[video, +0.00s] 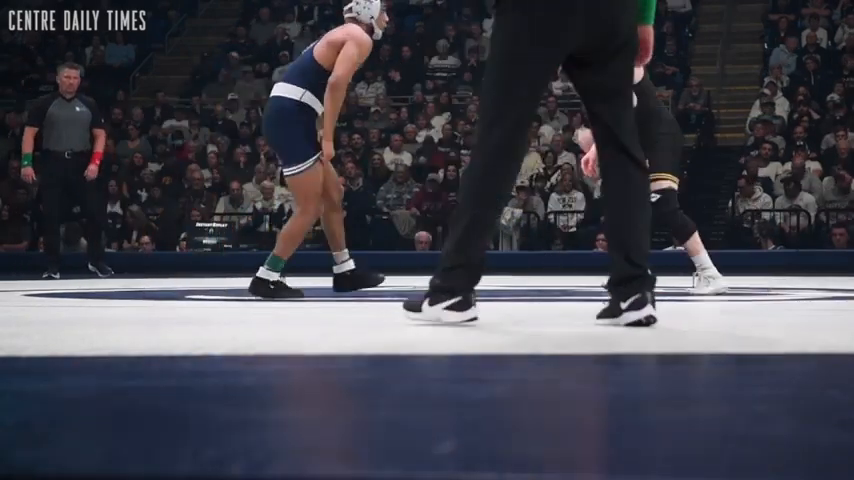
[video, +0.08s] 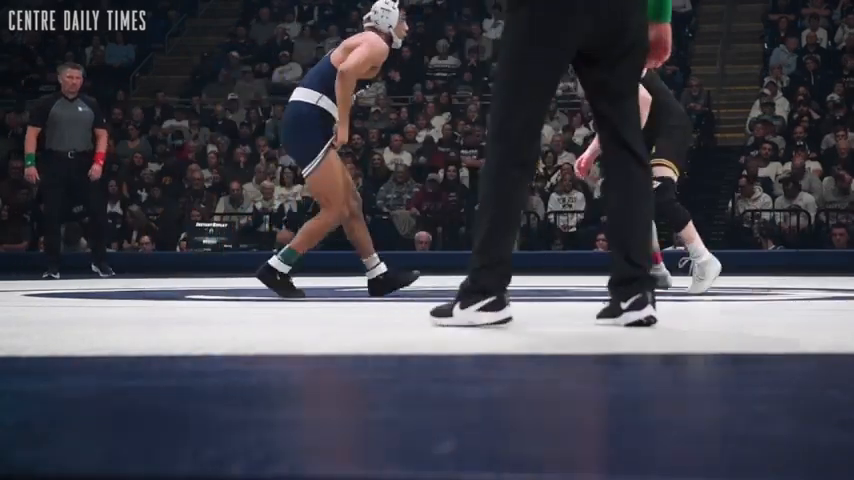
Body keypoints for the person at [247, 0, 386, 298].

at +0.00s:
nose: (387, 19)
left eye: (386, 13)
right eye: (383, 13)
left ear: (356, 15)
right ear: (370, 14)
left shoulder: (339, 35)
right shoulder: (359, 37)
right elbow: (336, 83)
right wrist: (328, 138)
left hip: (290, 118)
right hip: (290, 119)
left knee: (332, 195)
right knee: (309, 207)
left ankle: (345, 271)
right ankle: (267, 276)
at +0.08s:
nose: (407, 27)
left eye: (405, 21)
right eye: (403, 21)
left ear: (376, 21)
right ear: (391, 22)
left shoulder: (361, 41)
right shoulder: (376, 44)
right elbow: (346, 72)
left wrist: (337, 125)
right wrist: (344, 124)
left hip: (306, 122)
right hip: (306, 122)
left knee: (351, 203)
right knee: (335, 209)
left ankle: (378, 274)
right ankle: (278, 267)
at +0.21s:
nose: (432, 54)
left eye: (431, 47)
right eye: (429, 47)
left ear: (403, 45)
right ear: (417, 48)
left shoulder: (384, 60)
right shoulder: (398, 65)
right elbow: (365, 91)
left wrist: (365, 143)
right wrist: (378, 135)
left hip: (318, 133)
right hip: (321, 133)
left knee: (374, 202)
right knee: (375, 202)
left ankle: (385, 276)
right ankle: (316, 256)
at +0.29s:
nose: (449, 75)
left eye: (450, 68)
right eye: (446, 67)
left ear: (422, 64)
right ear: (430, 65)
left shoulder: (398, 79)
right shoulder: (408, 79)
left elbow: (381, 152)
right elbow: (391, 127)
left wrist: (401, 177)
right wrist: (411, 170)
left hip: (324, 133)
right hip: (325, 132)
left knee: (381, 198)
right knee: (388, 191)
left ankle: (385, 275)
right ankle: (350, 263)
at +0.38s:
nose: (460, 94)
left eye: (461, 87)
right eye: (458, 86)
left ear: (434, 81)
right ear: (443, 83)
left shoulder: (407, 104)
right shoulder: (419, 96)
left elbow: (409, 172)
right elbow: (424, 158)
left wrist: (432, 207)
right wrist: (446, 205)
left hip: (326, 136)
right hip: (326, 134)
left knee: (385, 195)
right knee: (384, 194)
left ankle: (386, 272)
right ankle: (385, 273)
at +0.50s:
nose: (470, 119)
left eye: (472, 113)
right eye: (469, 111)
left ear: (445, 104)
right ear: (455, 108)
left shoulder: (410, 136)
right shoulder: (434, 116)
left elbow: (423, 186)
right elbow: (457, 176)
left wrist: (456, 227)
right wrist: (482, 223)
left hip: (324, 138)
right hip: (331, 136)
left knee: (377, 203)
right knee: (389, 197)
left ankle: (382, 276)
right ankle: (388, 277)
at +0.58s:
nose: (471, 125)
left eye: (474, 120)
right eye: (472, 119)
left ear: (449, 106)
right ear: (462, 113)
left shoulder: (412, 136)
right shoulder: (437, 118)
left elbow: (423, 185)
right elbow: (460, 177)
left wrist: (445, 232)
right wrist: (483, 219)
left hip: (324, 137)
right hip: (335, 138)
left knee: (376, 201)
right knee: (398, 199)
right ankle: (389, 278)